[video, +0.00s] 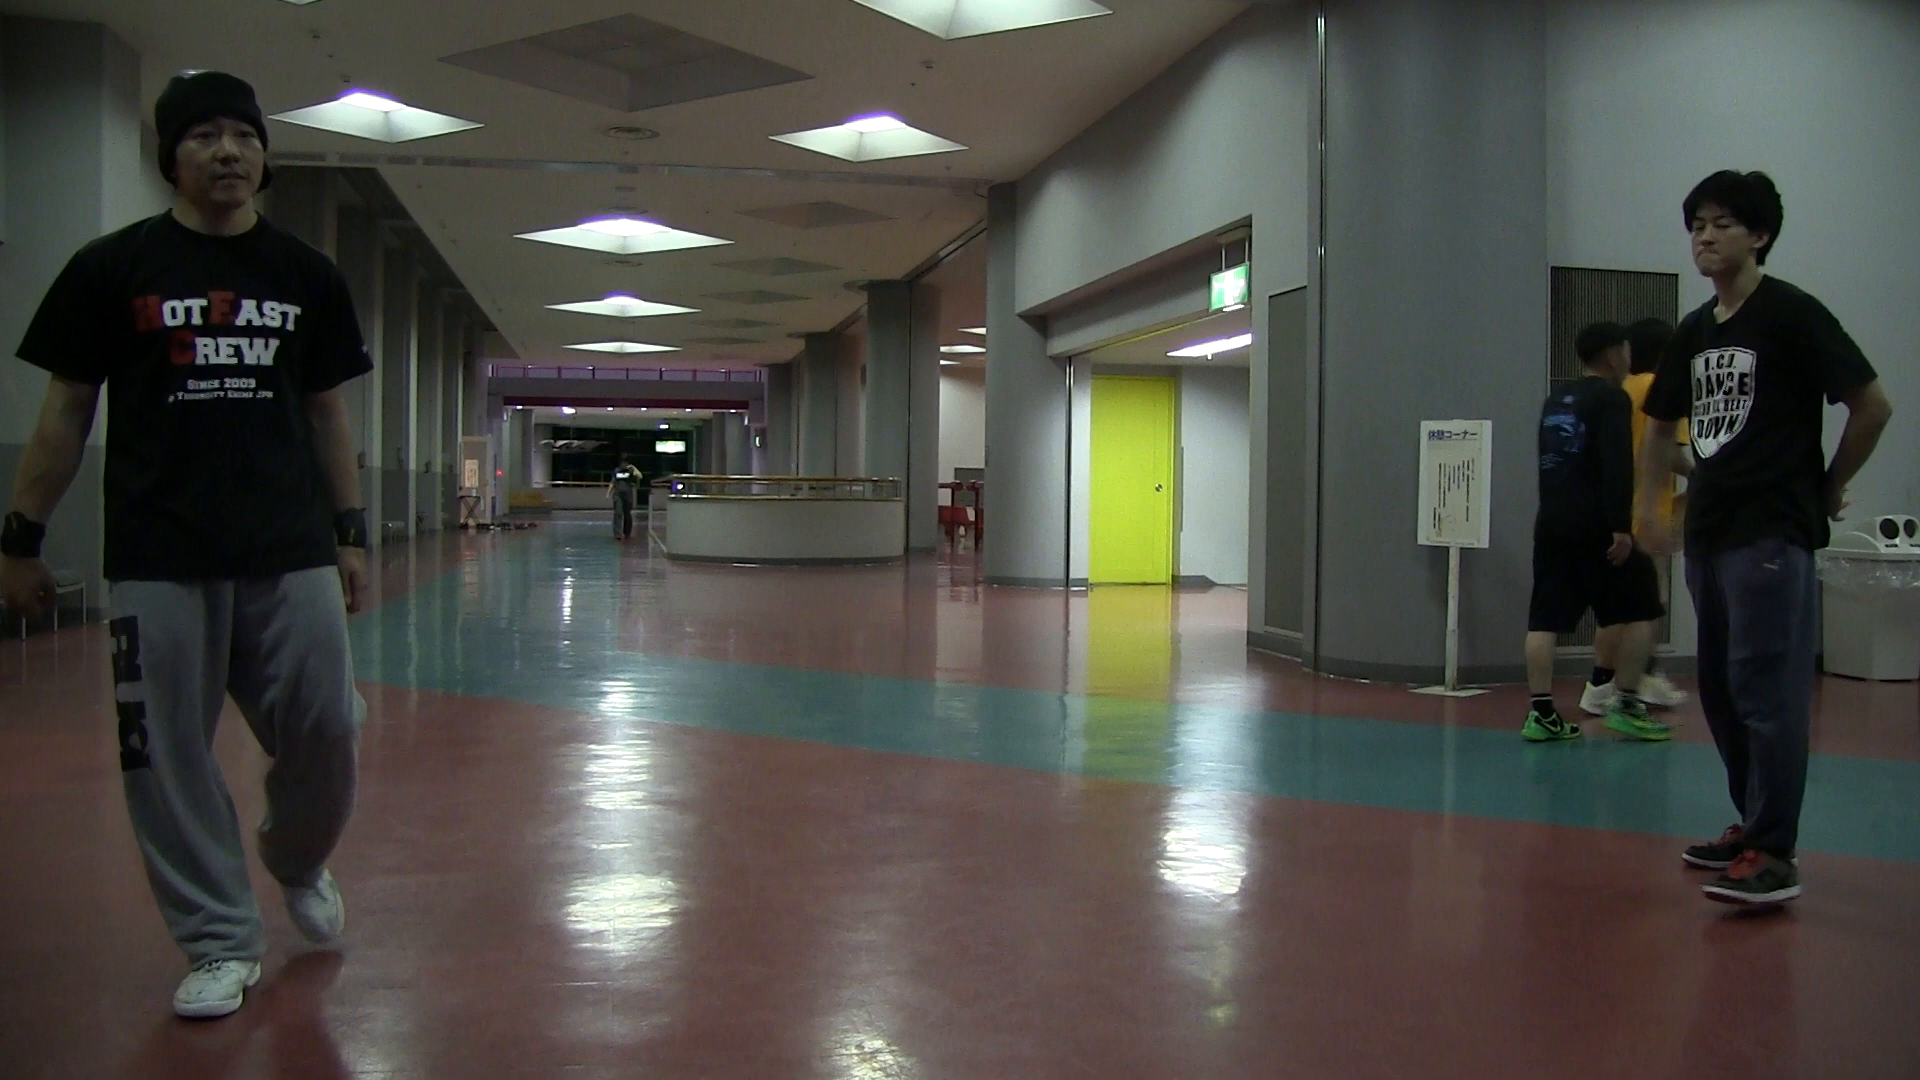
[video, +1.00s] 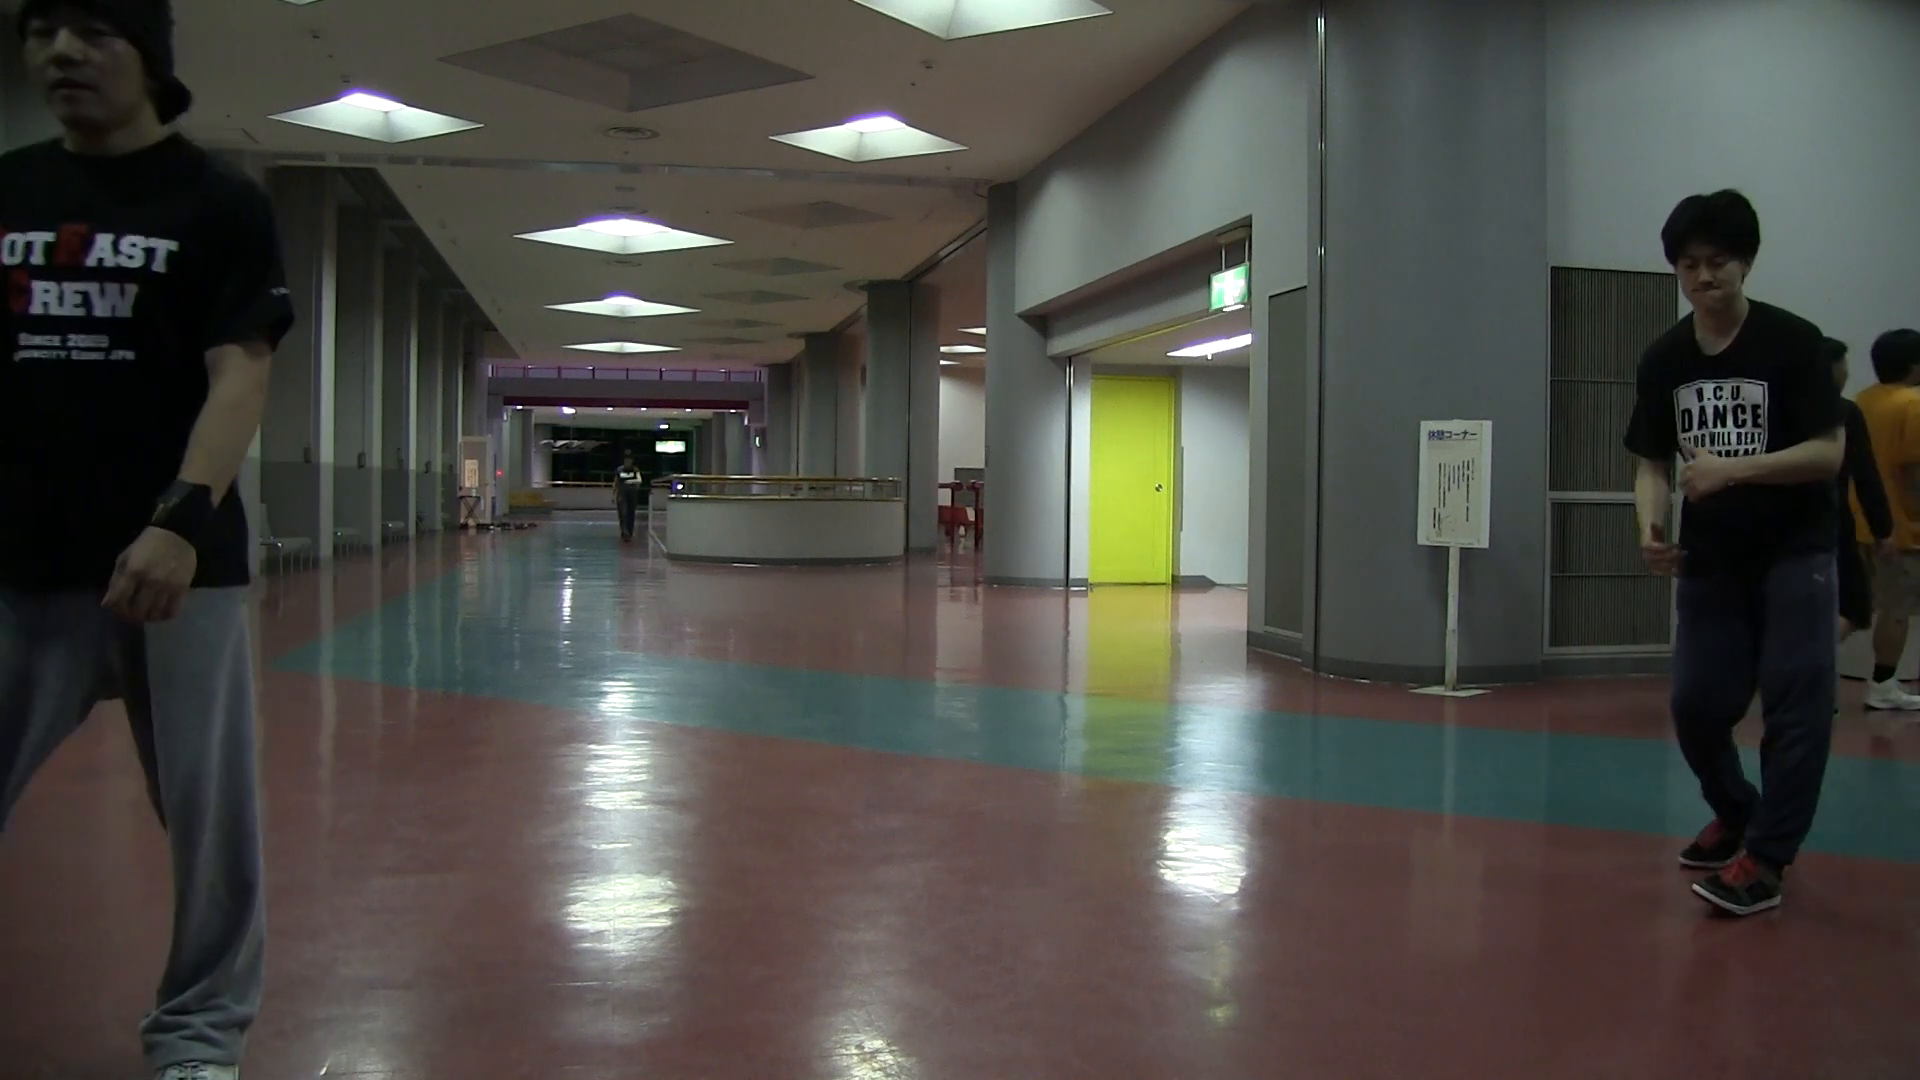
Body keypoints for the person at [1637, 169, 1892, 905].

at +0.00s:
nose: (1705, 236)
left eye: (1722, 223)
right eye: (1697, 225)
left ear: (1759, 235)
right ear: (1692, 239)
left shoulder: (1795, 313)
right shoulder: (1693, 331)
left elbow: (1873, 407)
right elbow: (1660, 430)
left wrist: (1835, 482)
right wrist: (1654, 501)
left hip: (1776, 528)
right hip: (1710, 529)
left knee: (1768, 690)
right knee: (1721, 686)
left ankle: (1774, 856)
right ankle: (1753, 825)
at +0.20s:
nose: (1736, 244)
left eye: (1750, 231)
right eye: (1722, 233)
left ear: (1773, 241)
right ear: (1702, 245)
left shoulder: (1814, 326)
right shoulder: (1678, 338)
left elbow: (1886, 417)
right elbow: (1608, 416)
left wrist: (1848, 511)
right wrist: (1566, 472)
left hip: (1779, 543)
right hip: (1700, 543)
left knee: (1770, 699)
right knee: (1715, 694)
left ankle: (1759, 864)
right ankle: (1756, 828)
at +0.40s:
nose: (1746, 243)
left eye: (1759, 232)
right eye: (1730, 232)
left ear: (1776, 243)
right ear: (1704, 244)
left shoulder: (1816, 326)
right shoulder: (1672, 337)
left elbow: (1896, 408)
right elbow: (1602, 406)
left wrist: (1858, 501)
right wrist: (1563, 428)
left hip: (1778, 539)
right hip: (1695, 544)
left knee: (1766, 696)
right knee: (1714, 696)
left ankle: (1758, 864)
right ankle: (1756, 829)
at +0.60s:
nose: (1739, 244)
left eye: (1751, 232)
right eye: (1723, 233)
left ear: (1768, 241)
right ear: (1697, 244)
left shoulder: (1811, 325)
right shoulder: (1668, 338)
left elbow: (1892, 409)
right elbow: (1609, 417)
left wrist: (1859, 500)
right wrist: (1577, 447)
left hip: (1781, 542)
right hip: (1698, 545)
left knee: (1765, 698)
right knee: (1711, 700)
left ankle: (1756, 862)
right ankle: (1755, 827)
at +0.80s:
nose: (1727, 260)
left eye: (1740, 246)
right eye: (1712, 249)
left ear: (1762, 253)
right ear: (1690, 260)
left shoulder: (1807, 337)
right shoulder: (1668, 353)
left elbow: (1866, 436)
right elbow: (1648, 450)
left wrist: (1787, 475)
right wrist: (1631, 508)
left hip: (1793, 552)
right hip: (1707, 555)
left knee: (1788, 703)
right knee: (1677, 702)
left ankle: (1765, 865)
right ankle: (1736, 811)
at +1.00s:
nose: (1707, 277)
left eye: (1721, 262)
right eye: (1692, 264)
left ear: (1748, 262)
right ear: (1675, 270)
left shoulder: (1795, 344)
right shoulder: (1663, 361)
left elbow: (1830, 453)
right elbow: (1651, 461)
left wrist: (1733, 469)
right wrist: (1651, 525)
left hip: (1796, 560)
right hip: (1711, 563)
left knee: (1795, 708)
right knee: (1696, 706)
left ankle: (1767, 862)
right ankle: (1737, 812)